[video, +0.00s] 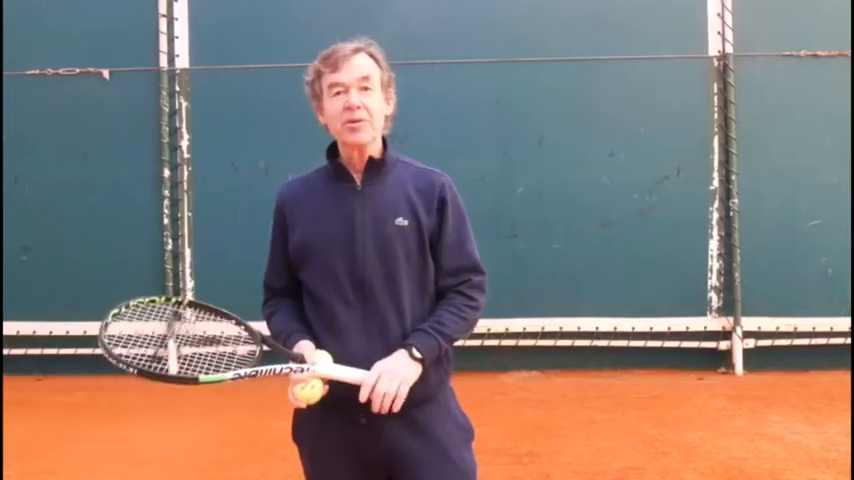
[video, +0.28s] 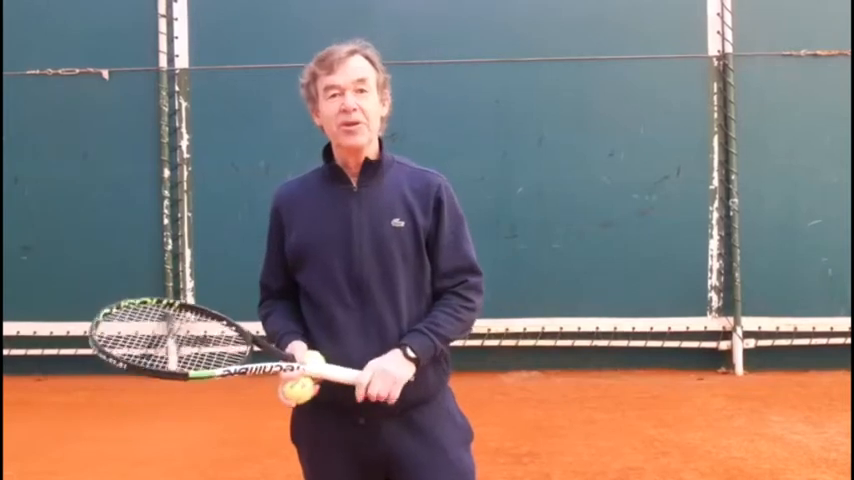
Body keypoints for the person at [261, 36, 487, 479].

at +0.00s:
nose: (353, 102)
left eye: (365, 88)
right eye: (338, 91)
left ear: (389, 103)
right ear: (321, 111)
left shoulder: (432, 190)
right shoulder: (294, 200)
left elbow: (467, 290)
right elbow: (279, 297)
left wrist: (412, 355)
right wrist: (300, 344)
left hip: (424, 421)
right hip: (330, 425)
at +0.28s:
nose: (349, 104)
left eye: (361, 90)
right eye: (334, 94)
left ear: (384, 104)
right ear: (317, 113)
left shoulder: (428, 191)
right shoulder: (290, 202)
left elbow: (463, 291)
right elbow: (275, 296)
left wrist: (406, 355)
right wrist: (294, 345)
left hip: (422, 420)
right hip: (328, 425)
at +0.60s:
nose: (347, 104)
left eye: (359, 90)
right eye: (331, 95)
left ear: (381, 103)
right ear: (314, 115)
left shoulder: (428, 192)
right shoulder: (290, 203)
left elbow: (463, 287)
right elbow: (276, 295)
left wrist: (438, 344)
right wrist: (259, 346)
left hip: (420, 418)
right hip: (326, 424)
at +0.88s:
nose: (350, 103)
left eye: (362, 90)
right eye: (336, 95)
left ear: (384, 106)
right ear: (319, 117)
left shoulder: (427, 198)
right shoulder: (290, 206)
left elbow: (463, 295)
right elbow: (273, 300)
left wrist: (403, 338)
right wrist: (281, 342)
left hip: (417, 420)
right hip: (324, 422)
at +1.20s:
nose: (345, 102)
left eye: (357, 91)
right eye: (330, 95)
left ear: (380, 109)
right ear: (315, 120)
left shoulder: (423, 199)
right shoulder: (287, 209)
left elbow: (460, 295)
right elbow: (269, 306)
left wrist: (404, 339)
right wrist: (295, 344)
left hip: (415, 422)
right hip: (321, 427)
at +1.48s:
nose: (336, 102)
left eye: (348, 90)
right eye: (321, 95)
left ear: (370, 107)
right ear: (306, 120)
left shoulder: (416, 195)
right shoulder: (281, 211)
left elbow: (455, 289)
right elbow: (267, 307)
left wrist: (399, 339)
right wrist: (294, 346)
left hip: (417, 418)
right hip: (325, 424)